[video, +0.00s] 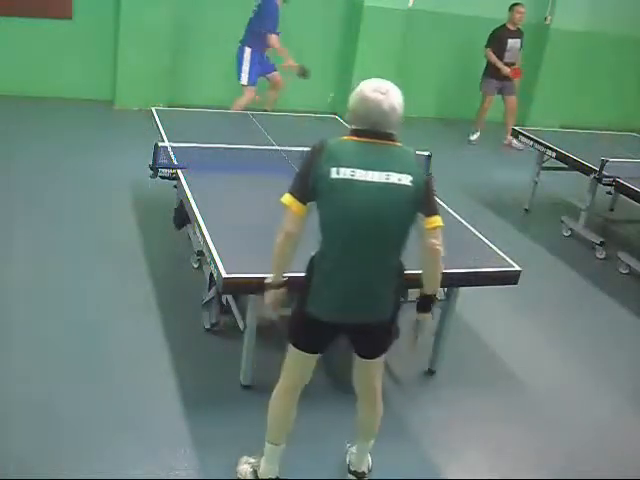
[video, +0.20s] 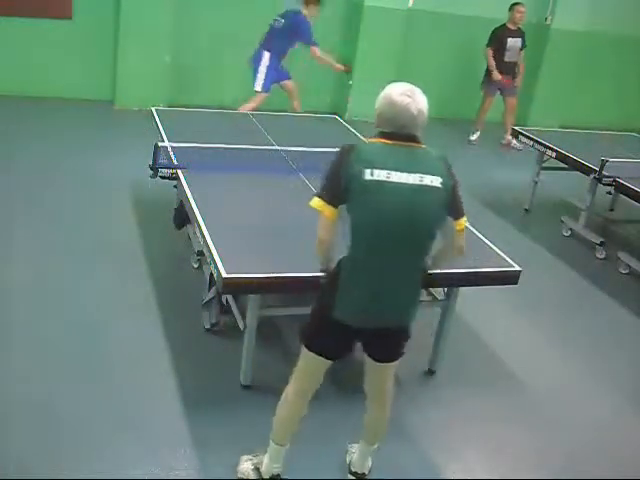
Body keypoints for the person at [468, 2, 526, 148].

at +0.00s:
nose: (521, 16)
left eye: (523, 14)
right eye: (518, 13)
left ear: (524, 16)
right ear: (510, 14)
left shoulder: (520, 34)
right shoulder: (498, 32)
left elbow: (518, 52)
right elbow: (488, 51)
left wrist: (517, 66)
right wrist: (502, 67)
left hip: (509, 75)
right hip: (492, 74)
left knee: (512, 106)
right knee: (486, 104)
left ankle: (509, 136)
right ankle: (476, 130)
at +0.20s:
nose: (521, 16)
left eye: (523, 13)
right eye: (518, 12)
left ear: (524, 16)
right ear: (510, 13)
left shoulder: (521, 34)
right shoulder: (498, 31)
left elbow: (520, 56)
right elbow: (488, 51)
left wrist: (519, 75)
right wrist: (494, 71)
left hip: (511, 75)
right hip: (495, 73)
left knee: (511, 105)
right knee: (486, 104)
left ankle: (508, 136)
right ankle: (476, 130)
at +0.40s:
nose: (523, 16)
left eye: (525, 13)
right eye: (520, 12)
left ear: (526, 15)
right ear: (512, 13)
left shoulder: (523, 33)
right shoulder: (500, 32)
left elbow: (524, 55)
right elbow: (492, 54)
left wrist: (523, 75)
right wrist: (488, 76)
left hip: (513, 77)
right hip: (497, 76)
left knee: (512, 106)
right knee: (487, 105)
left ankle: (508, 136)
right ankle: (477, 130)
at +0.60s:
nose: (526, 17)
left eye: (528, 14)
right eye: (524, 13)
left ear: (529, 16)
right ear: (516, 13)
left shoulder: (527, 35)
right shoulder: (502, 31)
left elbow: (526, 56)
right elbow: (492, 53)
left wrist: (523, 76)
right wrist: (487, 75)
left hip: (515, 77)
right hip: (498, 76)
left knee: (513, 107)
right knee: (488, 104)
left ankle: (508, 136)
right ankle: (477, 129)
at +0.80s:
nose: (530, 18)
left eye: (532, 15)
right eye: (528, 14)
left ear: (532, 17)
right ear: (520, 14)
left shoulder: (531, 36)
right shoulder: (506, 32)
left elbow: (530, 58)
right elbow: (496, 54)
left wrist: (526, 78)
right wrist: (493, 75)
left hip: (518, 78)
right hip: (502, 77)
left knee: (516, 108)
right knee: (489, 105)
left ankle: (508, 136)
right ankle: (478, 129)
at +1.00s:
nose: (536, 20)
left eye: (538, 17)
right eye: (534, 16)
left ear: (539, 19)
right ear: (526, 16)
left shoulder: (536, 37)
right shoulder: (512, 33)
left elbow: (536, 59)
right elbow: (503, 56)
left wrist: (533, 79)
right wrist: (502, 77)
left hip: (525, 80)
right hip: (508, 79)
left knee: (522, 110)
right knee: (493, 106)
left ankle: (508, 136)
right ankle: (479, 130)